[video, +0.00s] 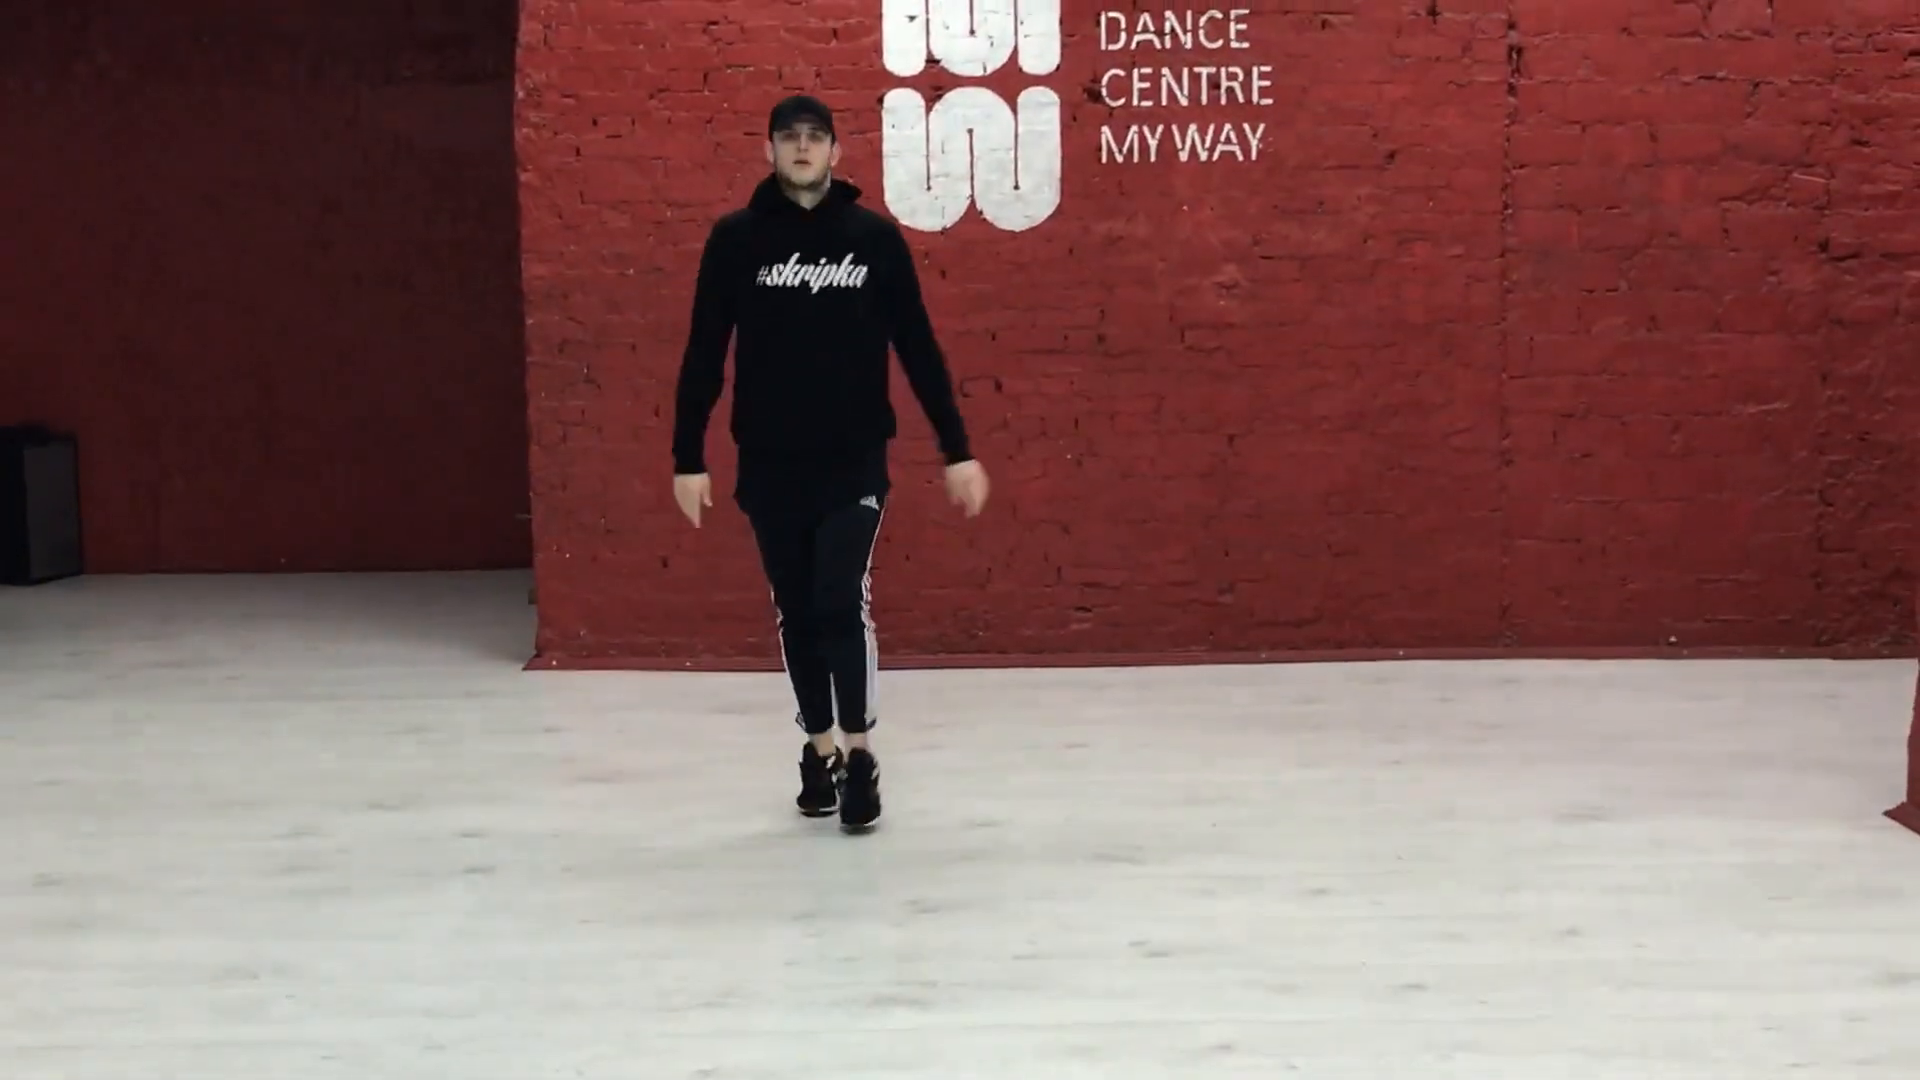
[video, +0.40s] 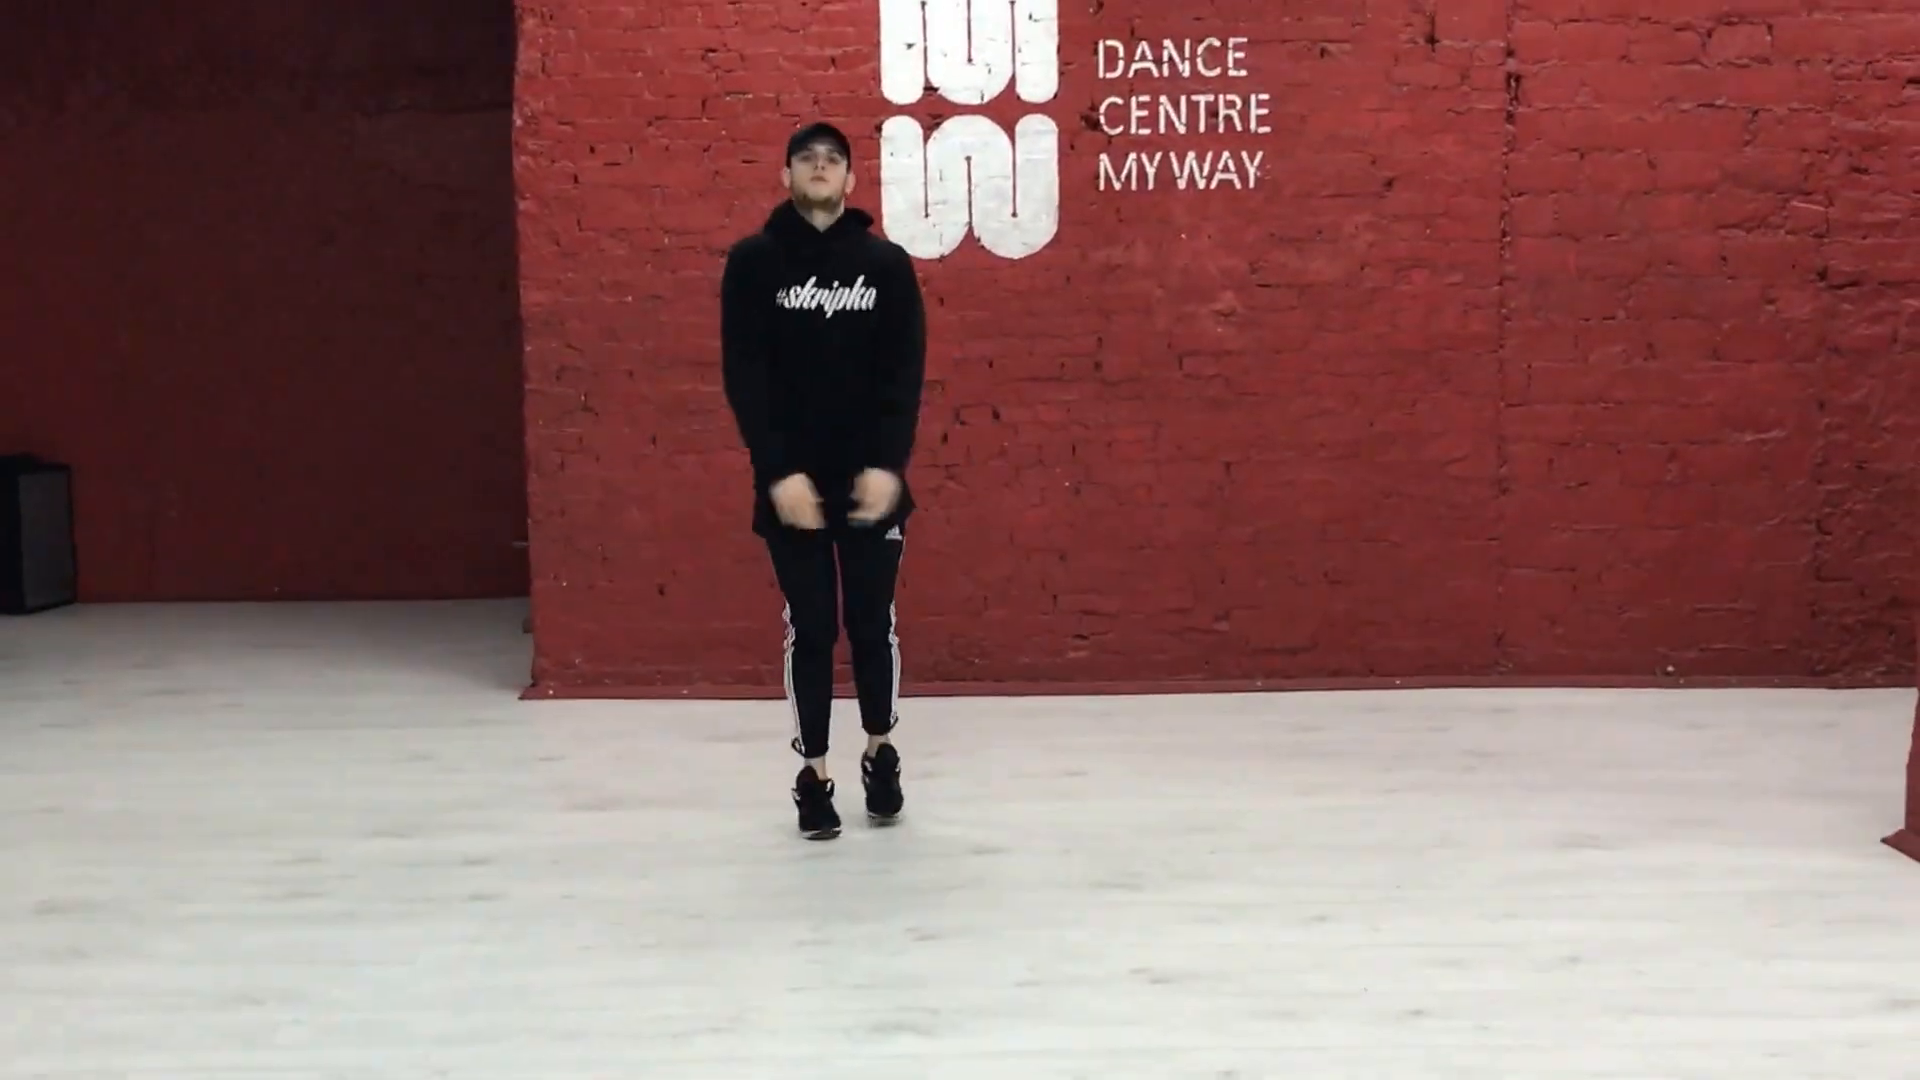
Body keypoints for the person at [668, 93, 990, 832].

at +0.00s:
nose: (802, 150)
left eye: (815, 139)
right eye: (790, 139)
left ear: (834, 151)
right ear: (770, 151)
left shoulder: (876, 238)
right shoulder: (735, 239)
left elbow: (918, 346)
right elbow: (705, 351)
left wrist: (956, 449)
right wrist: (687, 457)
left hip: (853, 454)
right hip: (769, 456)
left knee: (839, 603)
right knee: (796, 611)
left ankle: (858, 756)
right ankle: (820, 751)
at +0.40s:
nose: (820, 171)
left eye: (832, 162)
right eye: (807, 161)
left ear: (849, 176)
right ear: (787, 175)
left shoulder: (887, 262)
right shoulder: (752, 262)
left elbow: (905, 373)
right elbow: (743, 377)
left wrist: (889, 463)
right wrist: (777, 470)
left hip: (871, 468)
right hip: (791, 471)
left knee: (873, 622)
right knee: (812, 625)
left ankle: (881, 755)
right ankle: (815, 774)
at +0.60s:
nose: (839, 219)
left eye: (851, 209)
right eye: (826, 209)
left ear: (868, 221)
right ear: (807, 222)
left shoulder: (903, 313)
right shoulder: (773, 308)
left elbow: (916, 418)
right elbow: (770, 421)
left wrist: (832, 417)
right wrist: (849, 478)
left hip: (879, 512)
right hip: (797, 512)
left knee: (871, 657)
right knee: (815, 655)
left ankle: (868, 784)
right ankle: (816, 795)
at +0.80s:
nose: (856, 229)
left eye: (868, 217)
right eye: (844, 216)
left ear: (884, 225)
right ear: (823, 223)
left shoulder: (912, 310)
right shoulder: (788, 302)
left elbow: (942, 417)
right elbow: (761, 408)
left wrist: (901, 398)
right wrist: (845, 390)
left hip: (879, 506)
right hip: (797, 506)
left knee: (901, 646)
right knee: (821, 650)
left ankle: (866, 790)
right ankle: (789, 789)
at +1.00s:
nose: (886, 275)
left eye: (897, 261)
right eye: (877, 258)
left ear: (909, 251)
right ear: (846, 238)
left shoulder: (917, 307)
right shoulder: (792, 306)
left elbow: (967, 378)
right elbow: (720, 390)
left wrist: (1030, 442)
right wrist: (644, 470)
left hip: (903, 522)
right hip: (817, 523)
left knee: (914, 663)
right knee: (815, 670)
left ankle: (870, 799)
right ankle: (783, 810)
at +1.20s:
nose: (906, 306)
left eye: (915, 293)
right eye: (895, 291)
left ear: (927, 280)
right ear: (864, 270)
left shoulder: (949, 313)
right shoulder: (809, 317)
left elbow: (1033, 297)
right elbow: (704, 320)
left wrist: (1119, 261)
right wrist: (581, 300)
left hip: (916, 529)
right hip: (837, 533)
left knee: (958, 666)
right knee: (874, 678)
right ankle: (830, 841)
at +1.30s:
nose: (915, 341)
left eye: (924, 328)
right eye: (904, 326)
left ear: (934, 315)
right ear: (871, 309)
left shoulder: (958, 347)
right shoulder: (815, 358)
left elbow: (1042, 314)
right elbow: (710, 357)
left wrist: (1121, 268)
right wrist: (601, 332)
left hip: (932, 570)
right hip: (850, 577)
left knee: (1003, 693)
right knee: (883, 718)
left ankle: (970, 858)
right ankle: (844, 877)